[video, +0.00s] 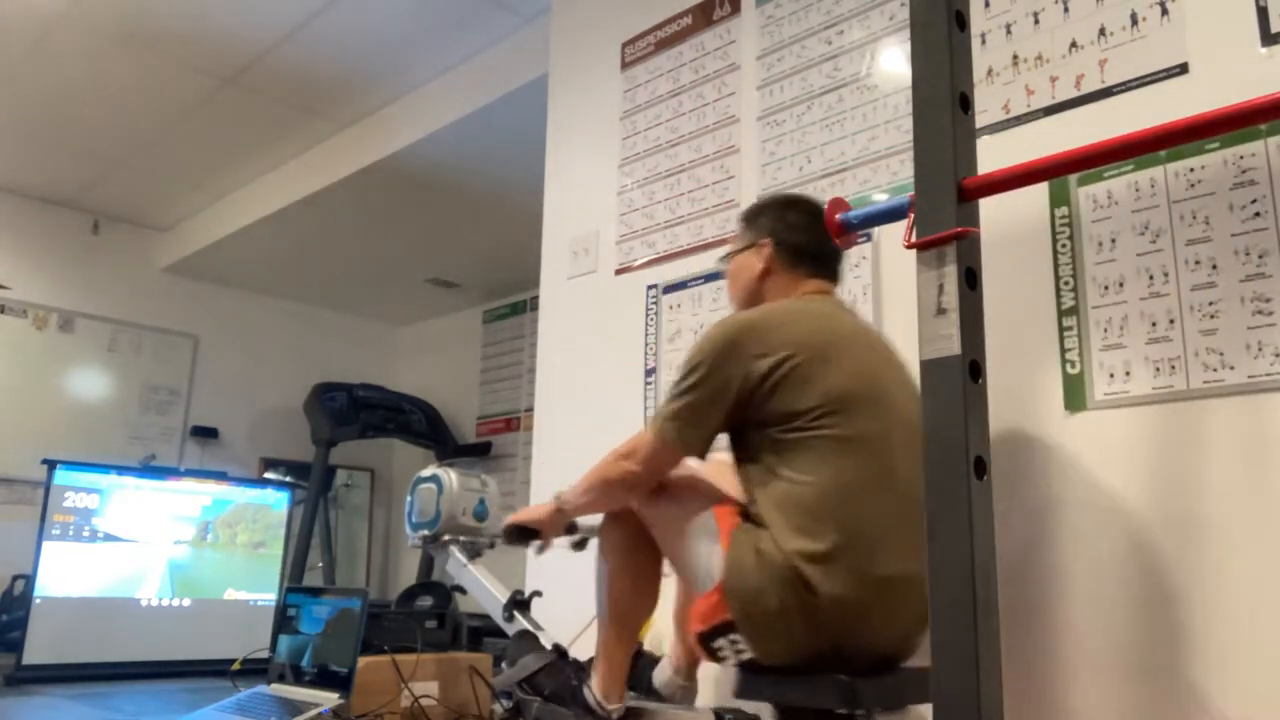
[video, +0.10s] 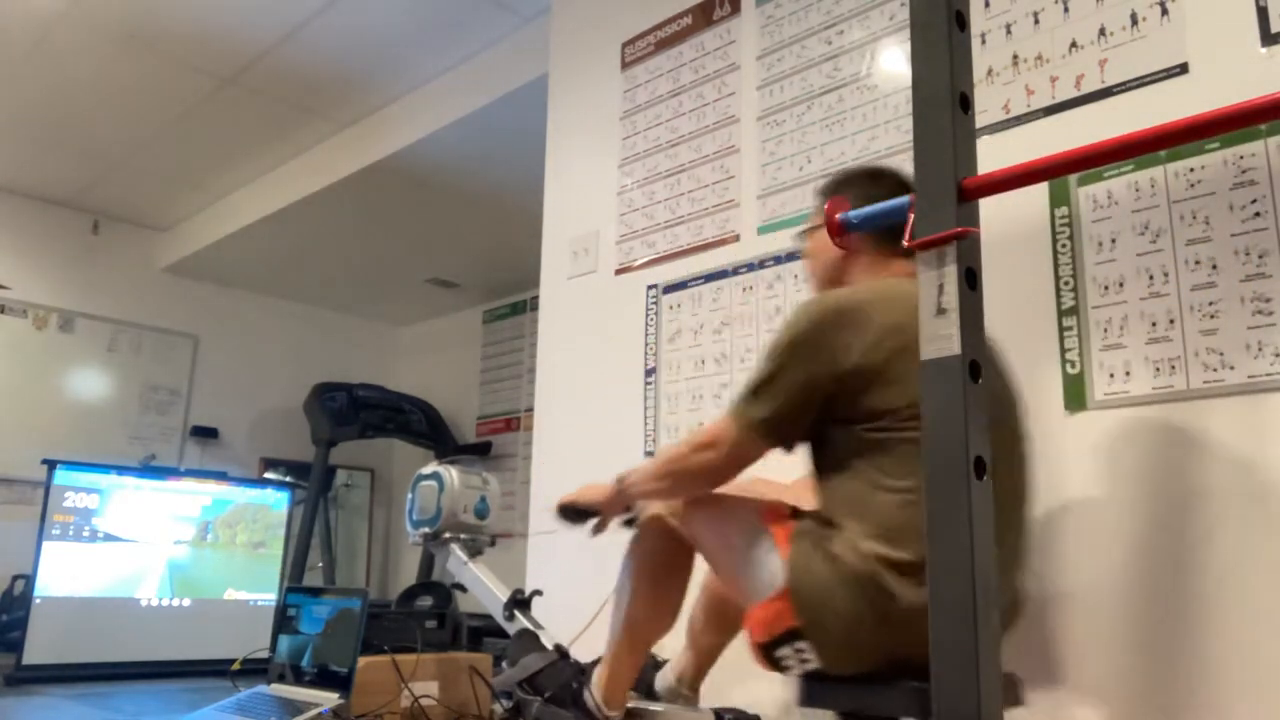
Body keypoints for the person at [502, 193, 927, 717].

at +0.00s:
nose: (725, 275)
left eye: (730, 258)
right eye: (725, 261)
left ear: (764, 255)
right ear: (824, 265)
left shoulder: (746, 334)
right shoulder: (871, 343)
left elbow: (637, 469)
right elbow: (782, 494)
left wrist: (561, 508)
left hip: (794, 626)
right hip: (892, 632)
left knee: (633, 492)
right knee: (711, 476)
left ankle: (606, 692)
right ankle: (679, 671)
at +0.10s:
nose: (804, 254)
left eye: (810, 235)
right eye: (805, 237)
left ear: (843, 235)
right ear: (904, 237)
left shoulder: (842, 318)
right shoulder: (959, 314)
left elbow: (714, 457)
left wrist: (617, 492)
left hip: (869, 616)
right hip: (969, 617)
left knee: (669, 512)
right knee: (747, 516)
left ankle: (605, 697)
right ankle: (680, 685)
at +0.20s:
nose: (925, 227)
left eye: (936, 205)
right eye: (927, 204)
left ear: (975, 210)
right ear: (1030, 214)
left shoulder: (969, 295)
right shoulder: (1066, 307)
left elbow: (803, 417)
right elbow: (916, 457)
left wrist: (685, 447)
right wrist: (803, 477)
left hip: (961, 628)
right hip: (1044, 627)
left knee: (712, 535)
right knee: (801, 540)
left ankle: (606, 701)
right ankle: (682, 692)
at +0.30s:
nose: (1029, 199)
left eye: (1044, 176)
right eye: (1034, 178)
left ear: (1099, 180)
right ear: (1134, 187)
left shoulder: (1080, 294)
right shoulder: (1186, 299)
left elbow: (899, 419)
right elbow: (1014, 448)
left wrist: (766, 440)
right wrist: (874, 476)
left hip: (1023, 621)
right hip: (1094, 622)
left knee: (755, 585)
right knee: (807, 603)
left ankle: (611, 706)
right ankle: (675, 700)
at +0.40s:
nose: (1125, 224)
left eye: (1137, 195)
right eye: (1126, 201)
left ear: (1206, 185)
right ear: (1219, 190)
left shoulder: (1190, 305)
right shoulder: (1267, 314)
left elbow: (1013, 452)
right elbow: (1046, 472)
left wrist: (861, 448)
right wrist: (892, 454)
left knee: (771, 651)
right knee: (800, 679)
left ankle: (604, 710)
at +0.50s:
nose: (1169, 235)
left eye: (1182, 205)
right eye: (1172, 210)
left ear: (1258, 201)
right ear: (1259, 206)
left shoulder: (1246, 323)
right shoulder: (1258, 331)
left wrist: (962, 465)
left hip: (1037, 629)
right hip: (1127, 664)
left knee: (781, 646)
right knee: (838, 656)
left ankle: (605, 706)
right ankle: (649, 698)